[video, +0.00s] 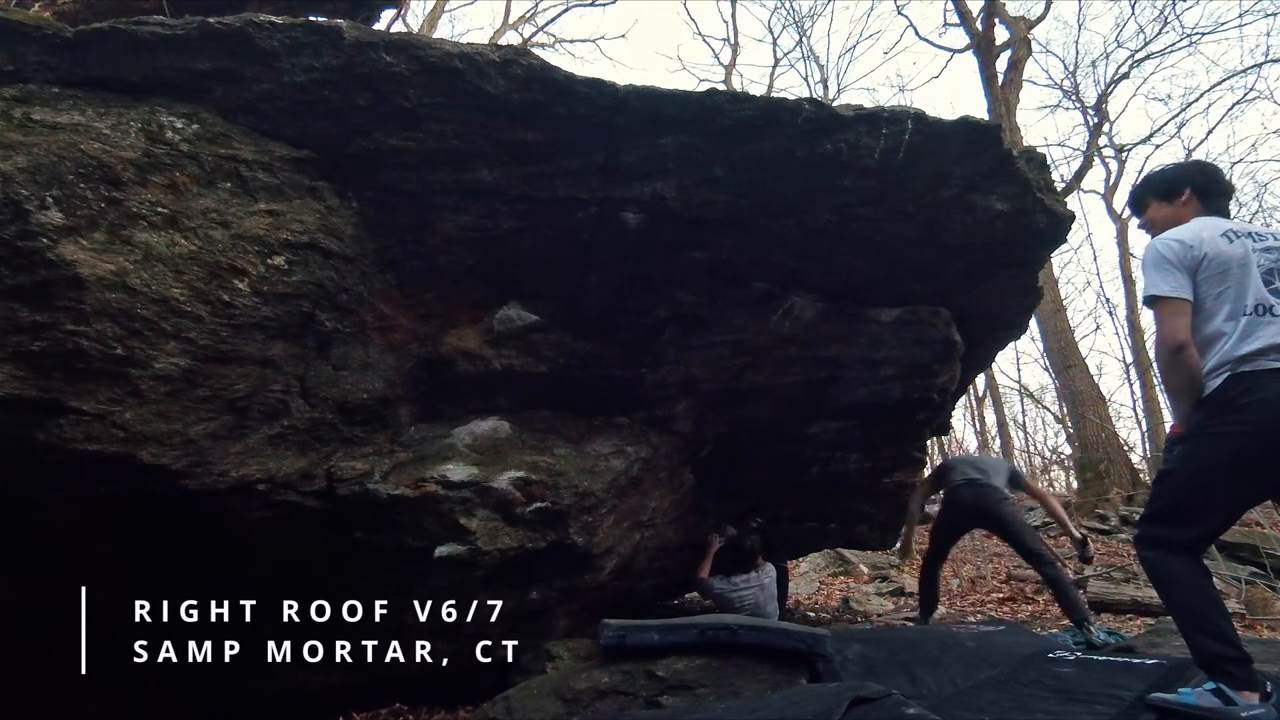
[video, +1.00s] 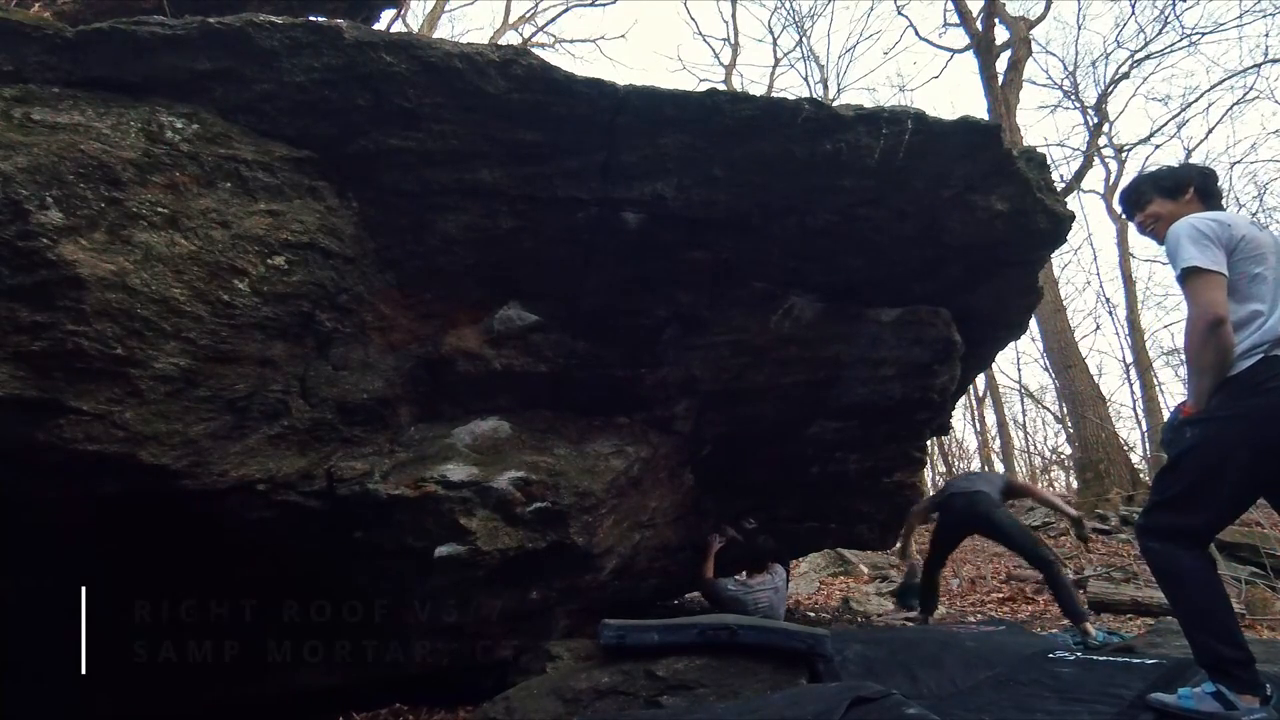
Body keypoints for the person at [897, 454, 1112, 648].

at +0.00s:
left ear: (960, 462)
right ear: (995, 462)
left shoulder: (947, 466)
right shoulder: (1006, 468)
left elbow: (918, 495)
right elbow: (1046, 498)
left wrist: (906, 539)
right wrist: (1075, 534)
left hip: (956, 505)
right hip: (995, 502)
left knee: (932, 562)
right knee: (1044, 561)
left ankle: (924, 618)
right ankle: (1087, 627)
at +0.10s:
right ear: (986, 479)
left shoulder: (929, 488)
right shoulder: (988, 480)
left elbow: (903, 525)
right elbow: (1030, 505)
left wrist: (893, 568)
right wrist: (1071, 533)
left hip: (938, 508)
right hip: (973, 504)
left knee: (922, 563)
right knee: (1029, 562)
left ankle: (923, 620)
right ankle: (1084, 627)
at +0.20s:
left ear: (932, 495)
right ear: (970, 494)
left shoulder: (917, 506)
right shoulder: (976, 494)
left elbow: (896, 549)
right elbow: (1021, 511)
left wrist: (887, 585)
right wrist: (1060, 529)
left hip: (925, 514)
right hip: (959, 511)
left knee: (915, 566)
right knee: (1018, 566)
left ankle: (920, 620)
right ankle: (1079, 627)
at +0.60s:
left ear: (917, 512)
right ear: (949, 506)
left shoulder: (906, 526)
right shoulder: (957, 507)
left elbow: (891, 577)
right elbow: (1014, 502)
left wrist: (876, 609)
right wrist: (1038, 515)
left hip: (913, 534)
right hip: (948, 525)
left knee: (908, 568)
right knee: (1016, 575)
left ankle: (921, 620)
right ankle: (1074, 628)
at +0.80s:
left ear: (922, 497)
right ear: (951, 491)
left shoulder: (910, 508)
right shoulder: (960, 494)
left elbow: (887, 546)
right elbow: (998, 495)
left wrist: (875, 583)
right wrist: (1038, 502)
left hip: (922, 525)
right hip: (957, 517)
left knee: (915, 569)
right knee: (1023, 561)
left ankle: (921, 621)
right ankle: (1082, 616)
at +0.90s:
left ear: (935, 496)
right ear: (971, 490)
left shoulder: (927, 501)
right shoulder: (977, 489)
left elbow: (895, 528)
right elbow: (1013, 492)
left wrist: (887, 571)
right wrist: (1055, 507)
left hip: (936, 518)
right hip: (970, 512)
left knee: (921, 566)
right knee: (1032, 561)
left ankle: (922, 622)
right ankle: (1089, 626)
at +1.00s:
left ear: (963, 479)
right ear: (994, 478)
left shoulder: (946, 489)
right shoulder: (1001, 481)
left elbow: (913, 514)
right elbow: (1038, 493)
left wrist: (905, 553)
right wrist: (1077, 519)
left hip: (951, 512)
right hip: (987, 508)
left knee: (932, 565)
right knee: (1048, 562)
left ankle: (924, 618)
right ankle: (1087, 630)